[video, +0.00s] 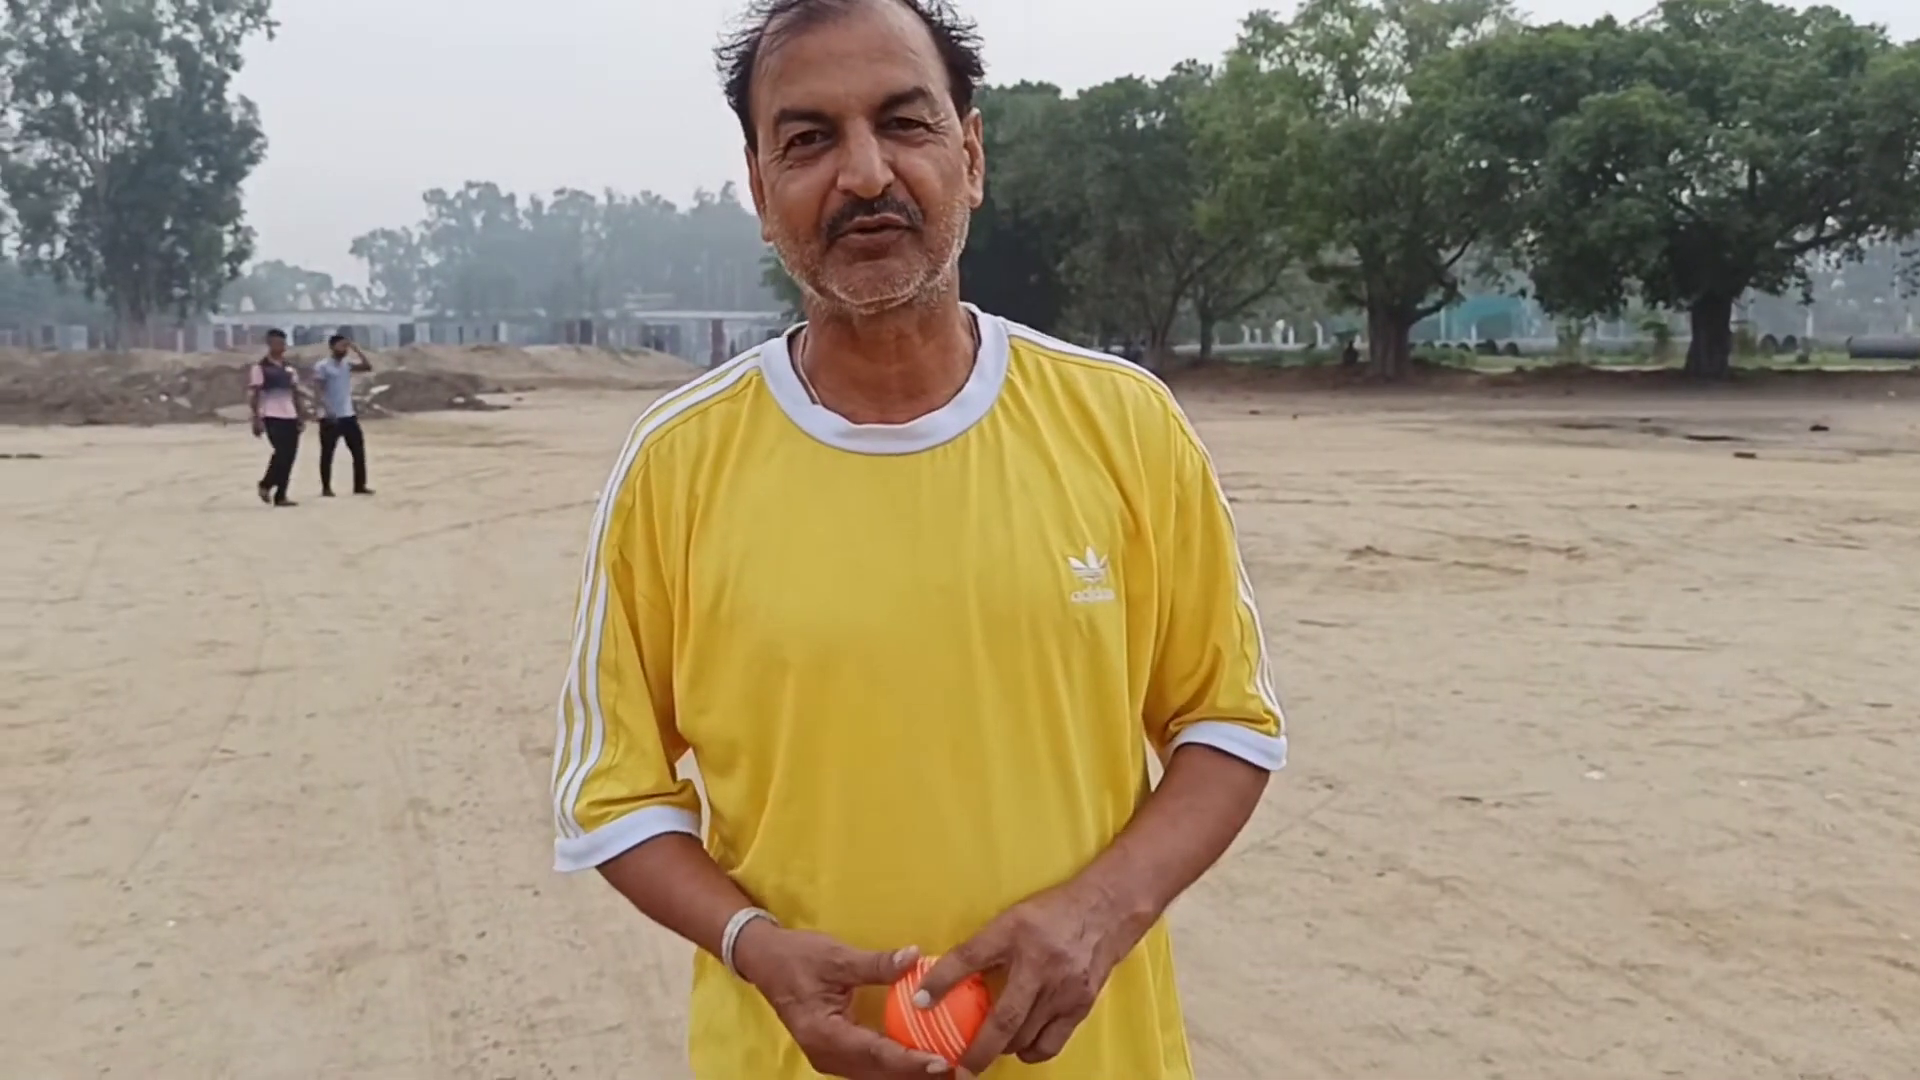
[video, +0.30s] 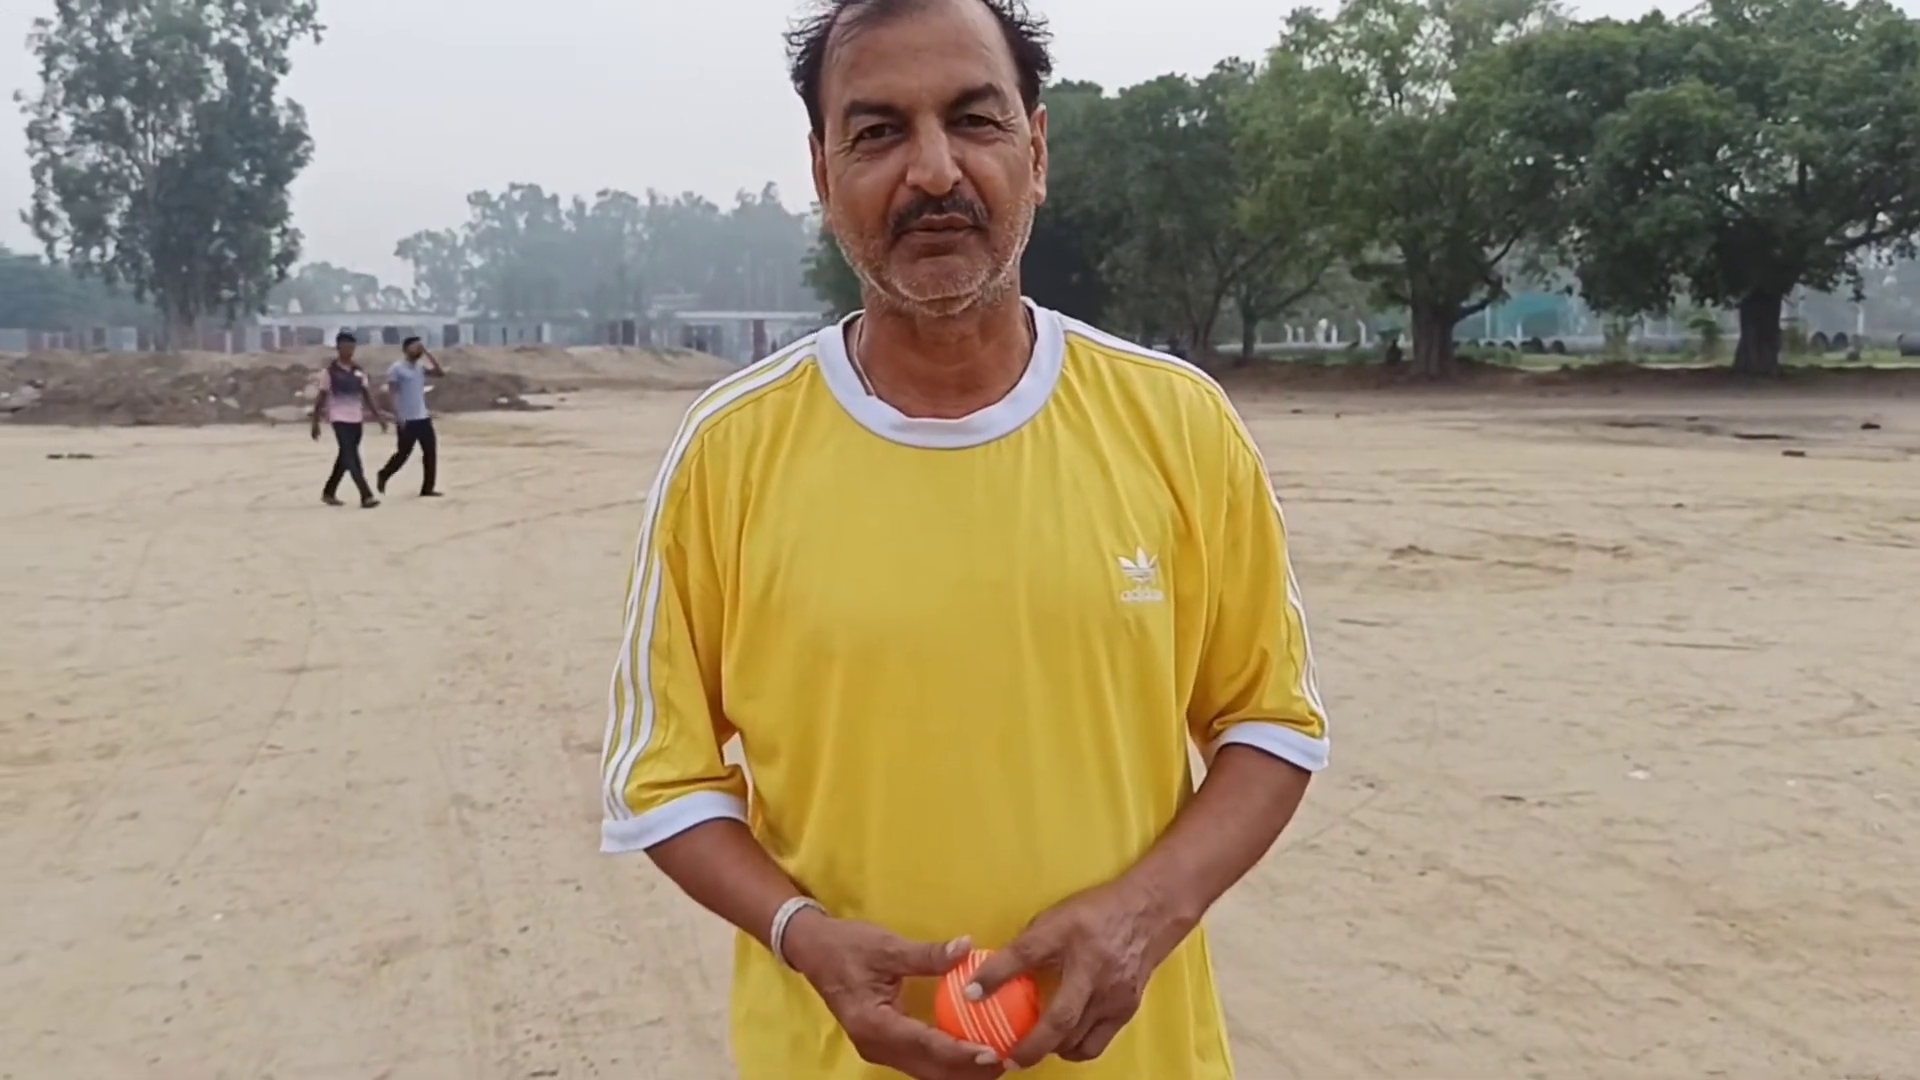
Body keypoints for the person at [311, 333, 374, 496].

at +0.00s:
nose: (344, 349)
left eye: (346, 345)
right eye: (341, 345)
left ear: (347, 348)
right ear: (332, 346)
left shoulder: (346, 365)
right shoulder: (322, 367)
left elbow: (367, 367)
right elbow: (317, 391)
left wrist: (357, 350)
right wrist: (320, 410)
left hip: (348, 416)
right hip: (329, 417)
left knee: (359, 453)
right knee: (327, 455)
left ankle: (360, 485)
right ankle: (326, 487)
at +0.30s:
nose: (419, 351)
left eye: (420, 347)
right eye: (415, 347)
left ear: (420, 350)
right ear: (407, 349)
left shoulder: (419, 368)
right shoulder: (396, 369)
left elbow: (439, 373)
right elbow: (390, 395)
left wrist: (426, 353)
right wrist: (397, 417)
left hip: (423, 418)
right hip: (406, 419)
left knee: (430, 455)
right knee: (403, 455)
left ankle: (428, 488)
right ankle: (383, 475)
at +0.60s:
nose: (469, 349)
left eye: (470, 345)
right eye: (465, 345)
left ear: (471, 348)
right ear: (457, 348)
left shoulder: (472, 368)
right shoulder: (448, 369)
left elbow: (488, 377)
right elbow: (438, 393)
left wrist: (477, 357)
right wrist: (440, 417)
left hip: (470, 415)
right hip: (456, 415)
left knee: (463, 453)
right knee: (467, 453)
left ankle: (455, 487)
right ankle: (478, 485)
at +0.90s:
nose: (499, 345)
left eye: (499, 342)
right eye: (495, 342)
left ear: (500, 345)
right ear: (487, 346)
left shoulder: (502, 364)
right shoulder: (479, 367)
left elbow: (520, 376)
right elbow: (475, 395)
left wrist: (507, 355)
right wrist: (478, 417)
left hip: (504, 414)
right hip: (489, 415)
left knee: (509, 448)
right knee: (499, 452)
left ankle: (484, 471)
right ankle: (502, 488)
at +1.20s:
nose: (532, 345)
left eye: (532, 341)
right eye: (528, 342)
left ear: (532, 344)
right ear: (519, 345)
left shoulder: (533, 364)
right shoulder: (510, 365)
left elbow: (550, 376)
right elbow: (508, 390)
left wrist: (537, 356)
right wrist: (525, 407)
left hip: (534, 416)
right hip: (517, 417)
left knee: (544, 453)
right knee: (513, 455)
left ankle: (556, 483)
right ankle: (510, 486)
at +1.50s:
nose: (543, 342)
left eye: (543, 338)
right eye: (539, 339)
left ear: (542, 341)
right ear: (530, 342)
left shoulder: (542, 361)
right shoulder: (521, 362)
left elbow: (561, 376)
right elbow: (515, 390)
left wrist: (547, 359)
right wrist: (520, 413)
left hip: (546, 413)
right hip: (531, 414)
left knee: (549, 452)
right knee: (534, 449)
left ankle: (545, 486)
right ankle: (514, 472)